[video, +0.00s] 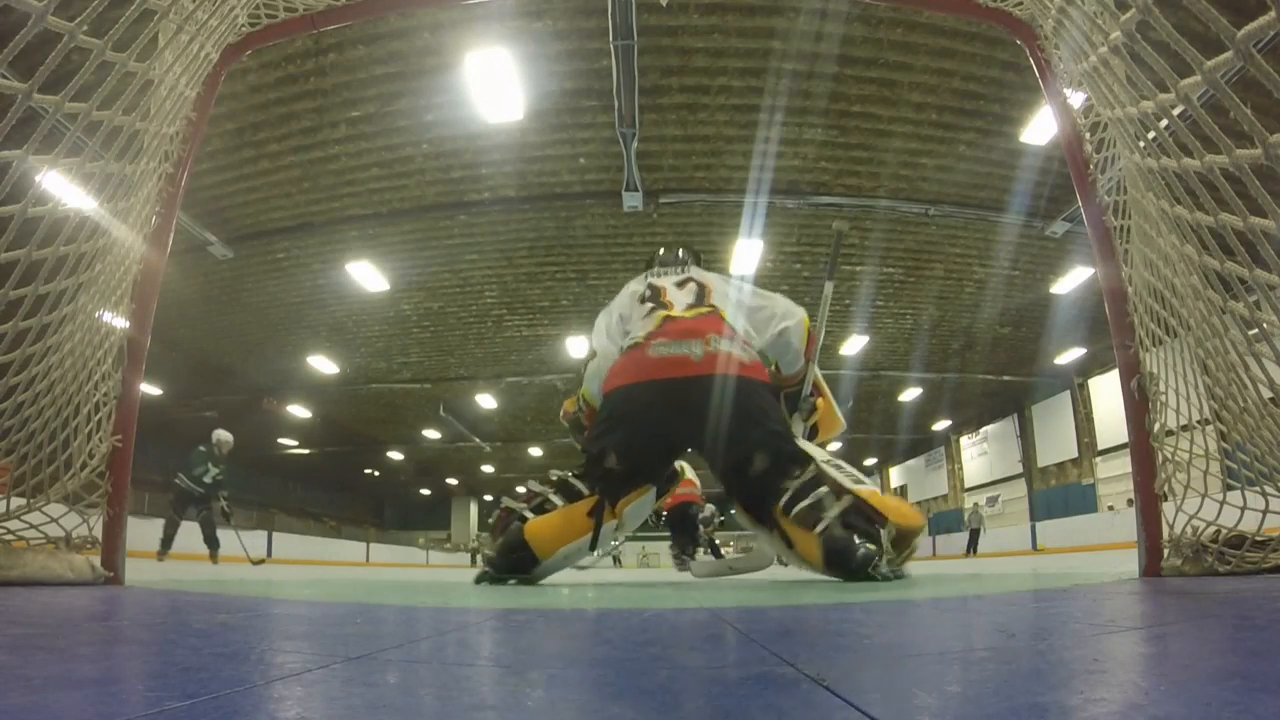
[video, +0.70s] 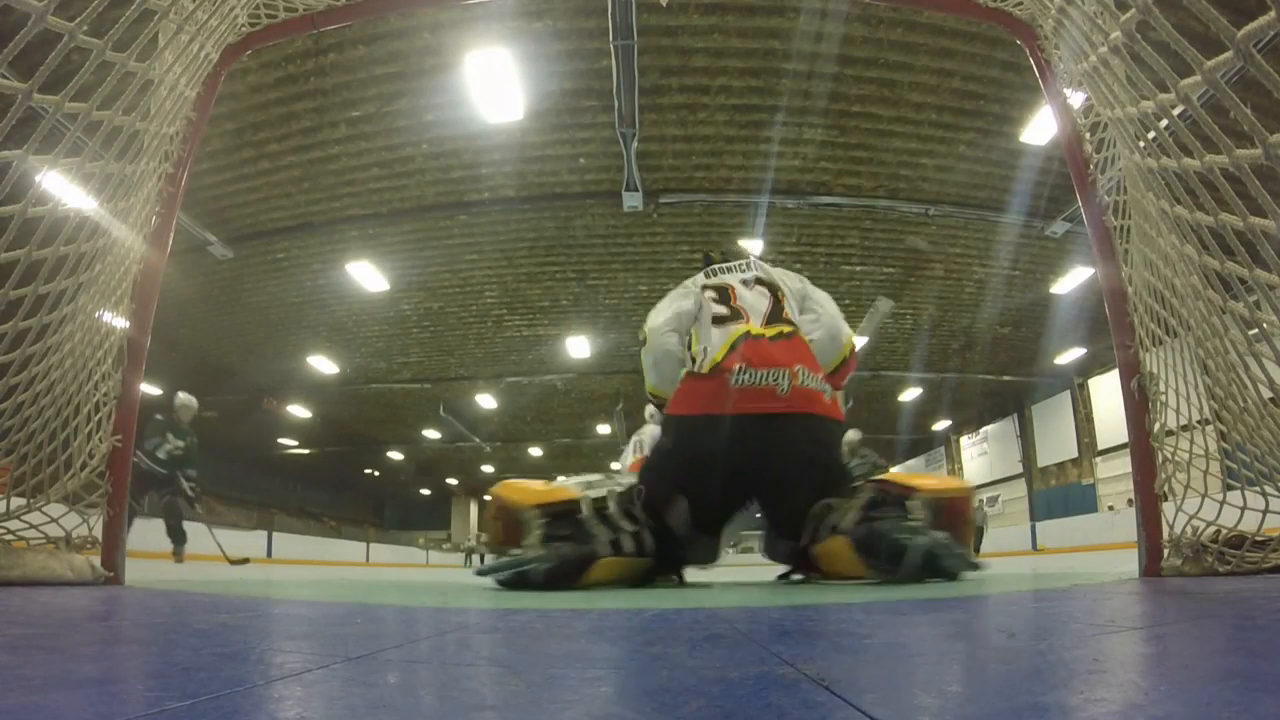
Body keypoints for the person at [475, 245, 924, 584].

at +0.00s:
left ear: (652, 274)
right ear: (698, 270)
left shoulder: (627, 296)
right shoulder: (728, 284)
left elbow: (602, 362)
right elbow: (790, 319)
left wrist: (588, 411)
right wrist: (798, 390)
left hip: (637, 379)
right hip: (730, 373)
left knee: (608, 487)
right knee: (777, 478)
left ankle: (521, 548)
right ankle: (847, 546)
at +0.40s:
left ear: (684, 259)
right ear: (734, 262)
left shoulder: (666, 281)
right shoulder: (772, 284)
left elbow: (658, 345)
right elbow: (823, 318)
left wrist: (642, 399)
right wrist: (821, 386)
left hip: (689, 406)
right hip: (780, 416)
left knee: (604, 524)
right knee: (779, 546)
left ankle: (495, 560)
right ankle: (859, 540)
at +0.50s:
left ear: (687, 262)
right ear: (739, 266)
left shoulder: (673, 280)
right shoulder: (776, 283)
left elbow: (666, 336)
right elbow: (825, 328)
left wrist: (646, 400)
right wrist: (819, 395)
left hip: (698, 411)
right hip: (786, 419)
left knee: (624, 525)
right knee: (783, 545)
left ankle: (527, 555)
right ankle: (862, 542)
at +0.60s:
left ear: (704, 270)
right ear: (755, 266)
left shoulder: (686, 286)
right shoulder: (790, 283)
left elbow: (659, 330)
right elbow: (833, 337)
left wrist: (663, 392)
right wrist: (812, 390)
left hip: (700, 415)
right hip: (796, 419)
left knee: (646, 527)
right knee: (808, 535)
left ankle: (571, 548)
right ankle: (868, 542)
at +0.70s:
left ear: (712, 270)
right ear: (762, 267)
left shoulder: (691, 287)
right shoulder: (796, 282)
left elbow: (659, 334)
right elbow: (840, 340)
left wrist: (667, 401)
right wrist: (817, 394)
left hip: (709, 417)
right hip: (804, 419)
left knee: (654, 533)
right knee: (817, 530)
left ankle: (578, 554)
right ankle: (879, 543)